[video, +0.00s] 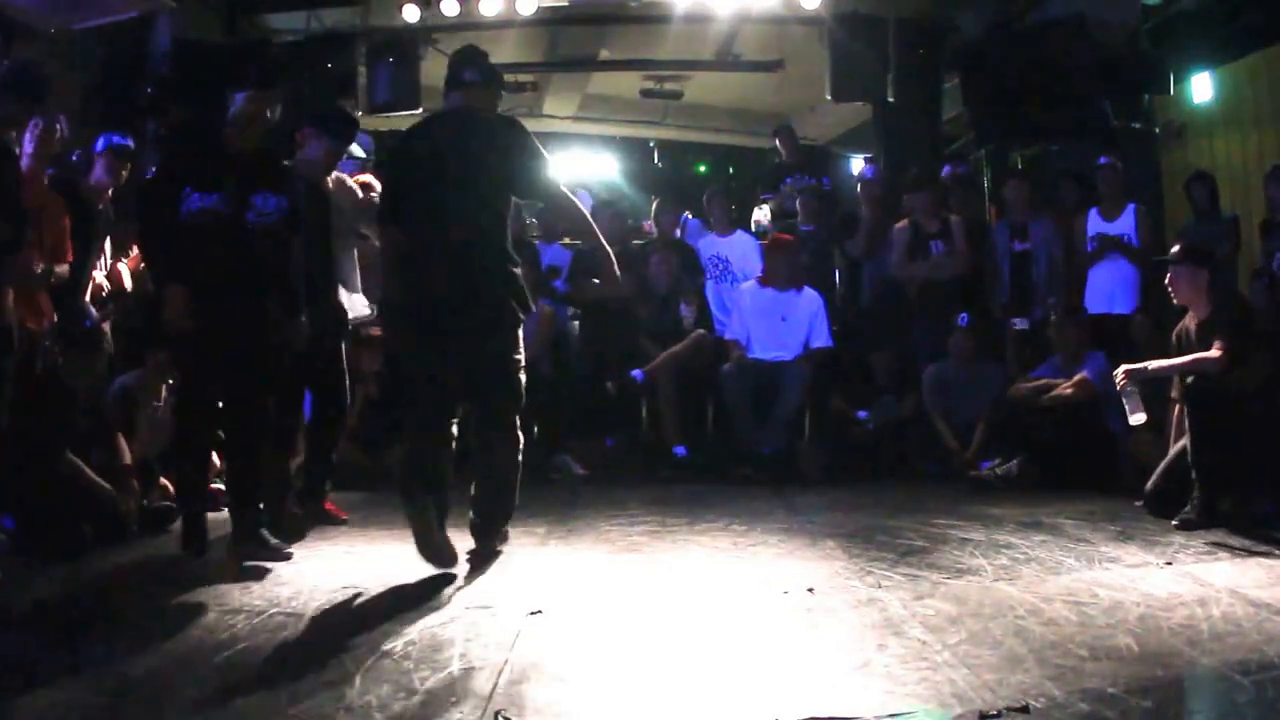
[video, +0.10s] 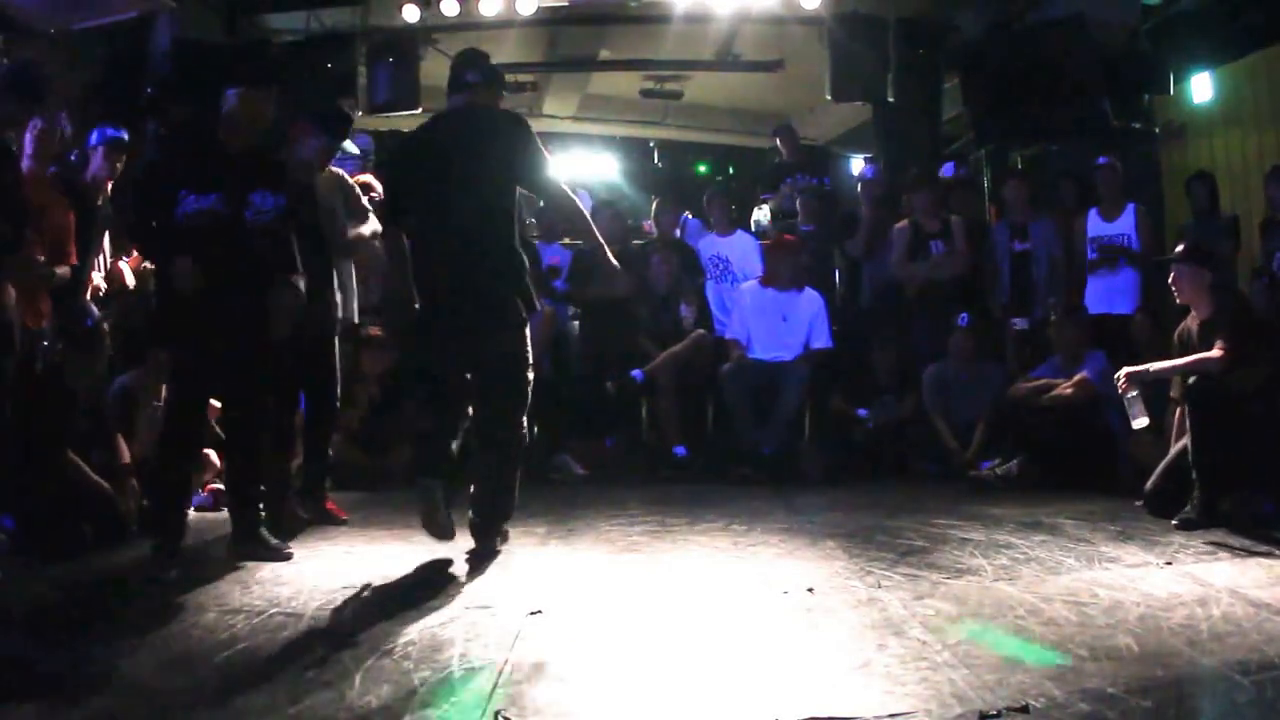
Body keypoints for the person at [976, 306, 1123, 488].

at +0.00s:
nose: (1056, 336)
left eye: (1062, 329)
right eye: (1054, 329)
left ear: (1078, 331)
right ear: (1051, 333)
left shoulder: (1095, 360)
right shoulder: (1057, 362)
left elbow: (1075, 392)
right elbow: (1014, 392)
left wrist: (1040, 401)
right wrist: (1053, 383)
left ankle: (1022, 464)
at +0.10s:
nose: (1057, 335)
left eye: (1063, 329)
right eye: (1054, 328)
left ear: (1079, 332)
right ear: (1050, 332)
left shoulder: (1095, 360)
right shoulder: (1057, 362)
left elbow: (1072, 393)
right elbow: (1014, 392)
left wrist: (1037, 401)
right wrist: (1054, 383)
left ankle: (1023, 463)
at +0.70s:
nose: (1055, 334)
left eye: (1061, 328)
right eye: (1053, 328)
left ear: (1077, 331)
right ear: (1050, 333)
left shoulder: (1096, 359)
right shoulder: (1056, 362)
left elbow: (1071, 393)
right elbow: (1012, 392)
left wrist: (1034, 401)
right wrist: (1056, 383)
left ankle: (1021, 462)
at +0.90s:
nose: (1054, 335)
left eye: (1060, 328)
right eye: (1052, 329)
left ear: (1077, 330)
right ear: (1049, 334)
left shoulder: (1095, 360)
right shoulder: (1054, 362)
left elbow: (1070, 393)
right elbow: (1012, 392)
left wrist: (1034, 400)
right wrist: (1054, 384)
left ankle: (1020, 462)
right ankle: (1003, 458)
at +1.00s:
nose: (1053, 332)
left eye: (1060, 326)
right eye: (1052, 326)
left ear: (1077, 329)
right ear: (1049, 331)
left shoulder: (1095, 361)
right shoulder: (1054, 363)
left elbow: (1069, 393)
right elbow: (1011, 392)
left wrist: (1033, 400)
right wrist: (1054, 384)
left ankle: (1019, 464)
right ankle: (1002, 459)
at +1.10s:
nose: (1053, 333)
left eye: (1060, 326)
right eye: (1052, 327)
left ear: (1077, 329)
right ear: (1048, 332)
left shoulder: (1095, 360)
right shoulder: (1054, 362)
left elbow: (1070, 393)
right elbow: (1012, 392)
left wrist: (1035, 401)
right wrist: (1054, 384)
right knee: (1004, 407)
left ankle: (1019, 463)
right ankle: (1001, 459)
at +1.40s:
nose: (1054, 334)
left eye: (1061, 327)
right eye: (1051, 328)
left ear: (1076, 331)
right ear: (1048, 333)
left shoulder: (1094, 360)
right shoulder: (1054, 363)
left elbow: (1072, 393)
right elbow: (1012, 392)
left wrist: (1039, 399)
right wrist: (1055, 383)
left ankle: (1020, 463)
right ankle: (1001, 459)